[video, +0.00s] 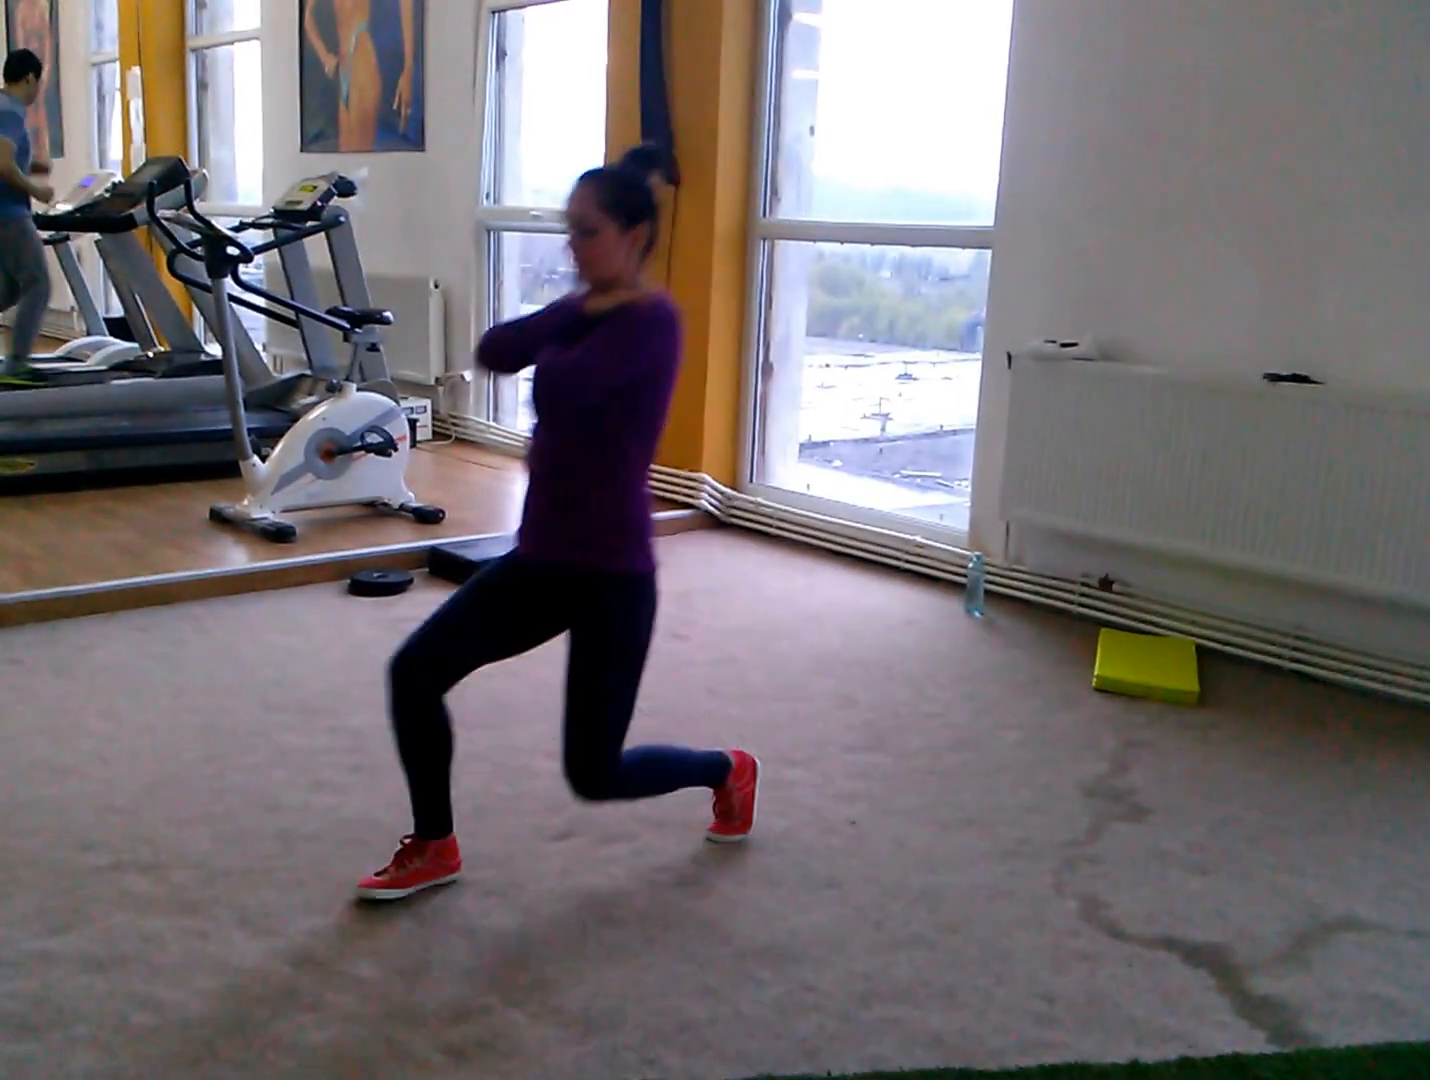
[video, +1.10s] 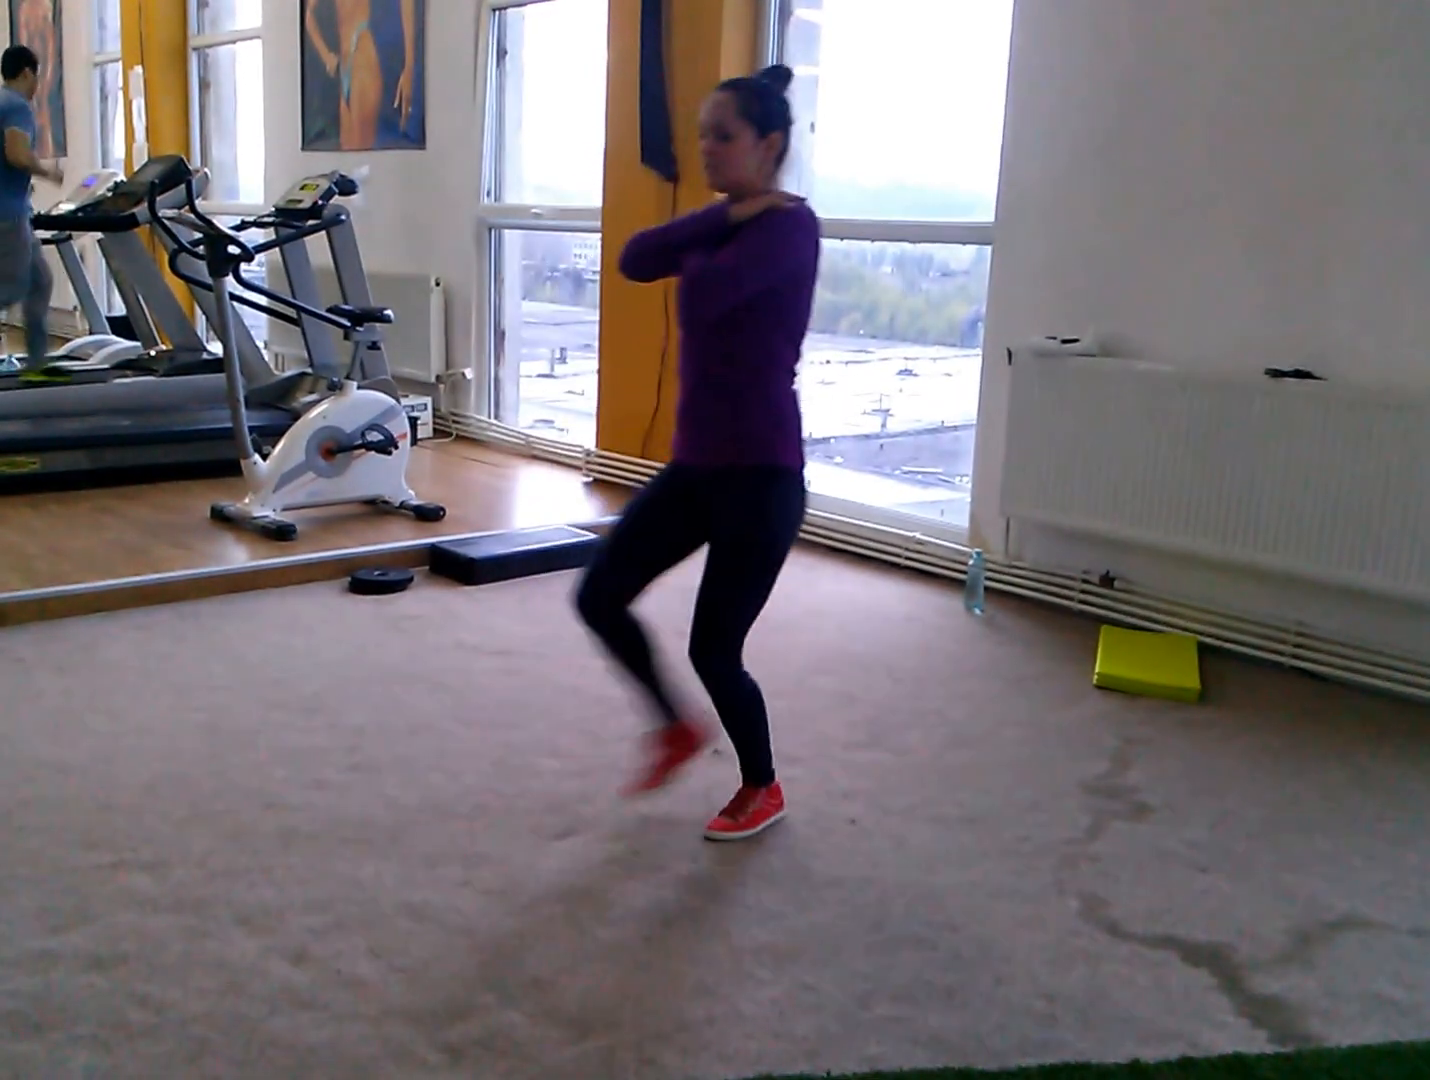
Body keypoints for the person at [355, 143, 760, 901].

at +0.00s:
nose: (572, 248)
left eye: (586, 233)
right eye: (569, 233)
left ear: (637, 237)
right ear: (605, 237)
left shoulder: (654, 322)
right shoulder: (582, 313)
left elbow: (573, 394)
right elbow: (492, 354)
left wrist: (538, 351)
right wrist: (582, 309)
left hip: (613, 577)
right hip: (540, 563)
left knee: (594, 774)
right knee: (415, 672)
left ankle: (727, 771)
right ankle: (433, 844)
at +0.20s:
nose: (505, 305)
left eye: (518, 290)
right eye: (502, 290)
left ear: (571, 291)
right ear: (550, 295)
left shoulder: (590, 378)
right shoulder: (526, 369)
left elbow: (494, 461)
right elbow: (435, 425)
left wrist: (513, 393)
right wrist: (525, 370)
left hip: (583, 637)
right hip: (514, 621)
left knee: (572, 834)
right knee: (376, 686)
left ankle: (716, 777)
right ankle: (433, 844)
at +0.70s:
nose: (536, 254)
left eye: (553, 242)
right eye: (534, 240)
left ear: (602, 252)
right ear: (539, 249)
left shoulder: (621, 339)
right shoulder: (541, 335)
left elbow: (535, 427)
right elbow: (462, 386)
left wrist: (527, 355)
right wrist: (550, 335)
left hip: (621, 590)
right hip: (548, 579)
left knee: (602, 787)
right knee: (426, 672)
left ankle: (726, 771)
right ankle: (433, 843)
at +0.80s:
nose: (585, 216)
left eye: (602, 204)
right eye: (585, 203)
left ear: (652, 217)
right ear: (595, 214)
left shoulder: (671, 301)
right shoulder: (583, 295)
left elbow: (596, 370)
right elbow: (509, 339)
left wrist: (569, 313)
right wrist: (594, 292)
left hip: (651, 552)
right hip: (576, 544)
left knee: (629, 746)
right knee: (458, 665)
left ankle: (740, 769)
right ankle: (435, 841)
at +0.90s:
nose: (633, 183)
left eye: (648, 169)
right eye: (630, 170)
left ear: (698, 178)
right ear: (634, 178)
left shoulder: (720, 260)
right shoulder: (638, 259)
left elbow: (644, 332)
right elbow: (563, 297)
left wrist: (617, 273)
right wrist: (653, 253)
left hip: (694, 508)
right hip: (618, 500)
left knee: (658, 699)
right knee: (511, 643)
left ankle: (749, 771)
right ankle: (437, 811)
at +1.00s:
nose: (672, 164)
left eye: (688, 148)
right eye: (669, 150)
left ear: (739, 154)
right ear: (677, 157)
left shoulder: (760, 238)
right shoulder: (684, 237)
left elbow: (675, 304)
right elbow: (602, 268)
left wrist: (671, 242)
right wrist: (694, 226)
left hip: (731, 489)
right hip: (660, 481)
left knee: (689, 671)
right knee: (551, 606)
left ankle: (760, 780)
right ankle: (533, 778)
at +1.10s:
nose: (707, 149)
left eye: (722, 136)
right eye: (703, 136)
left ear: (771, 143)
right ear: (710, 142)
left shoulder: (791, 227)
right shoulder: (719, 224)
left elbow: (704, 298)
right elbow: (631, 260)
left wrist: (693, 245)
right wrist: (727, 217)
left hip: (763, 478)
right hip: (697, 470)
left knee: (715, 650)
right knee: (600, 597)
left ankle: (762, 787)